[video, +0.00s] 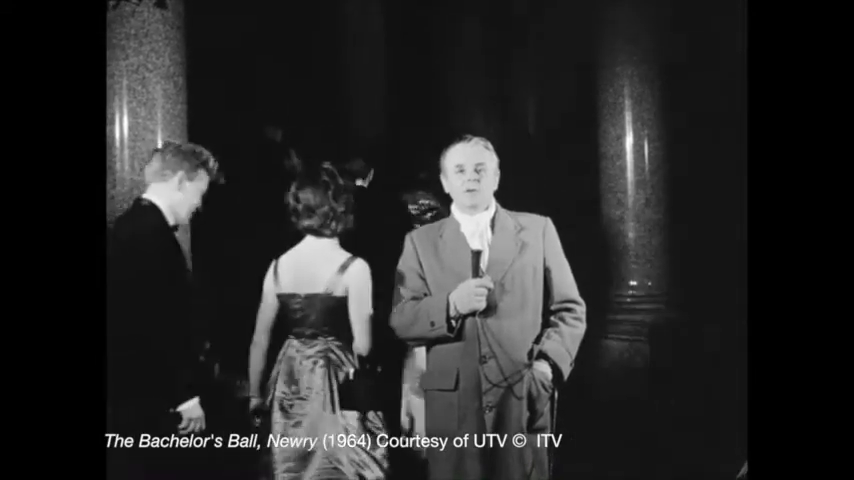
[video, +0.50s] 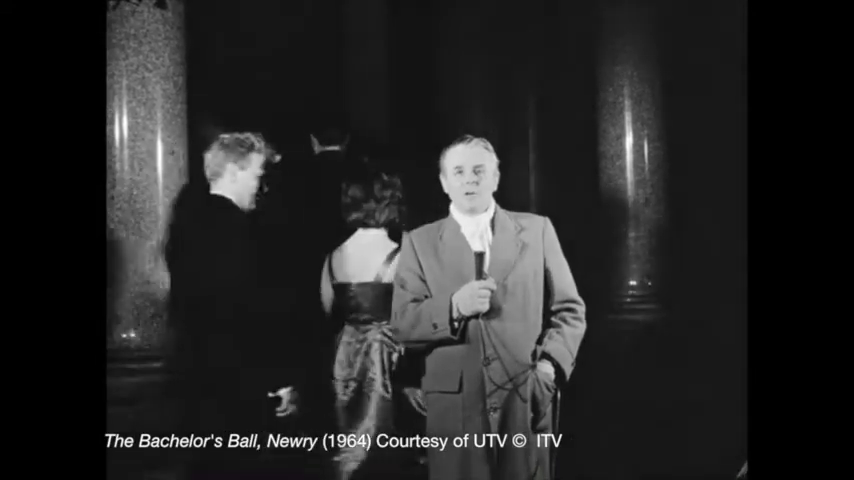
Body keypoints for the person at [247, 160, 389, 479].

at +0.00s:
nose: (351, 212)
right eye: (346, 205)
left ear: (297, 212)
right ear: (340, 212)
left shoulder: (278, 267)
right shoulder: (354, 268)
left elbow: (261, 338)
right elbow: (362, 345)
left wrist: (254, 394)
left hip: (289, 378)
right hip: (335, 380)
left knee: (290, 462)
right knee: (336, 462)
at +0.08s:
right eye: (356, 206)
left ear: (311, 209)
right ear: (351, 211)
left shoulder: (289, 263)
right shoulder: (362, 264)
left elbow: (273, 334)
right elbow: (370, 341)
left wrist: (266, 390)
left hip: (298, 373)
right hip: (341, 374)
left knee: (299, 456)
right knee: (341, 455)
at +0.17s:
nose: (361, 202)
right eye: (358, 196)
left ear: (314, 204)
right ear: (355, 203)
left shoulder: (298, 260)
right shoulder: (366, 260)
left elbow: (283, 335)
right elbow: (375, 336)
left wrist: (284, 381)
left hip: (307, 371)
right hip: (350, 373)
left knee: (308, 456)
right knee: (351, 456)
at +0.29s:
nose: (371, 202)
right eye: (368, 195)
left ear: (327, 204)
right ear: (364, 202)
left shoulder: (313, 257)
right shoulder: (376, 257)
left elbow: (299, 325)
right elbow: (385, 331)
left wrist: (308, 360)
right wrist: (396, 360)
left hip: (323, 356)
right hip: (363, 358)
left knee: (326, 441)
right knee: (366, 443)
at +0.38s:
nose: (387, 206)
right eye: (382, 200)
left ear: (340, 205)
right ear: (377, 206)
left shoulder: (321, 254)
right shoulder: (384, 254)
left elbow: (309, 314)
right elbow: (391, 318)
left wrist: (320, 344)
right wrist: (400, 350)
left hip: (333, 346)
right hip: (371, 347)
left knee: (334, 425)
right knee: (373, 425)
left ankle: (337, 469)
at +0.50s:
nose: (399, 207)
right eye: (395, 201)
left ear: (352, 206)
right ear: (392, 206)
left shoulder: (334, 257)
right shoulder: (400, 255)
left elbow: (327, 305)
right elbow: (409, 307)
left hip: (347, 347)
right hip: (387, 348)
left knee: (349, 427)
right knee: (386, 426)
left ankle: (349, 469)